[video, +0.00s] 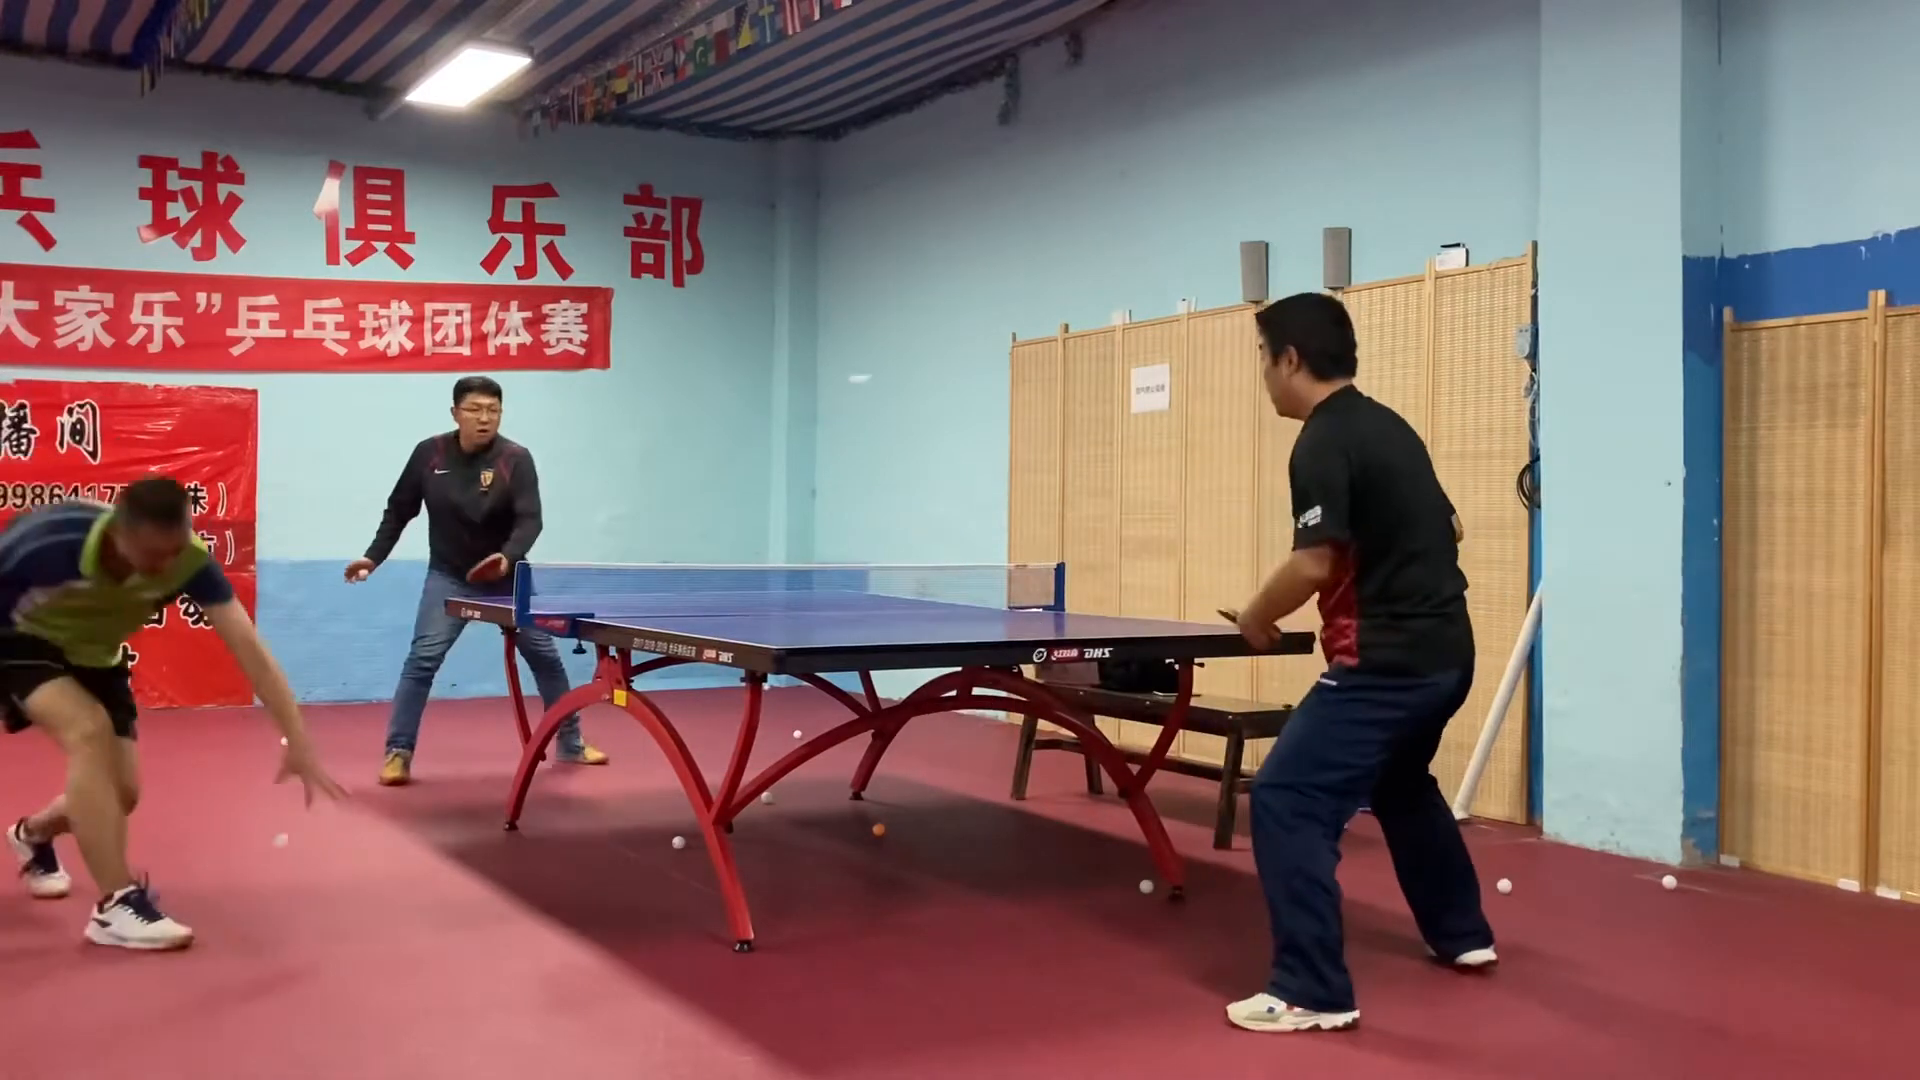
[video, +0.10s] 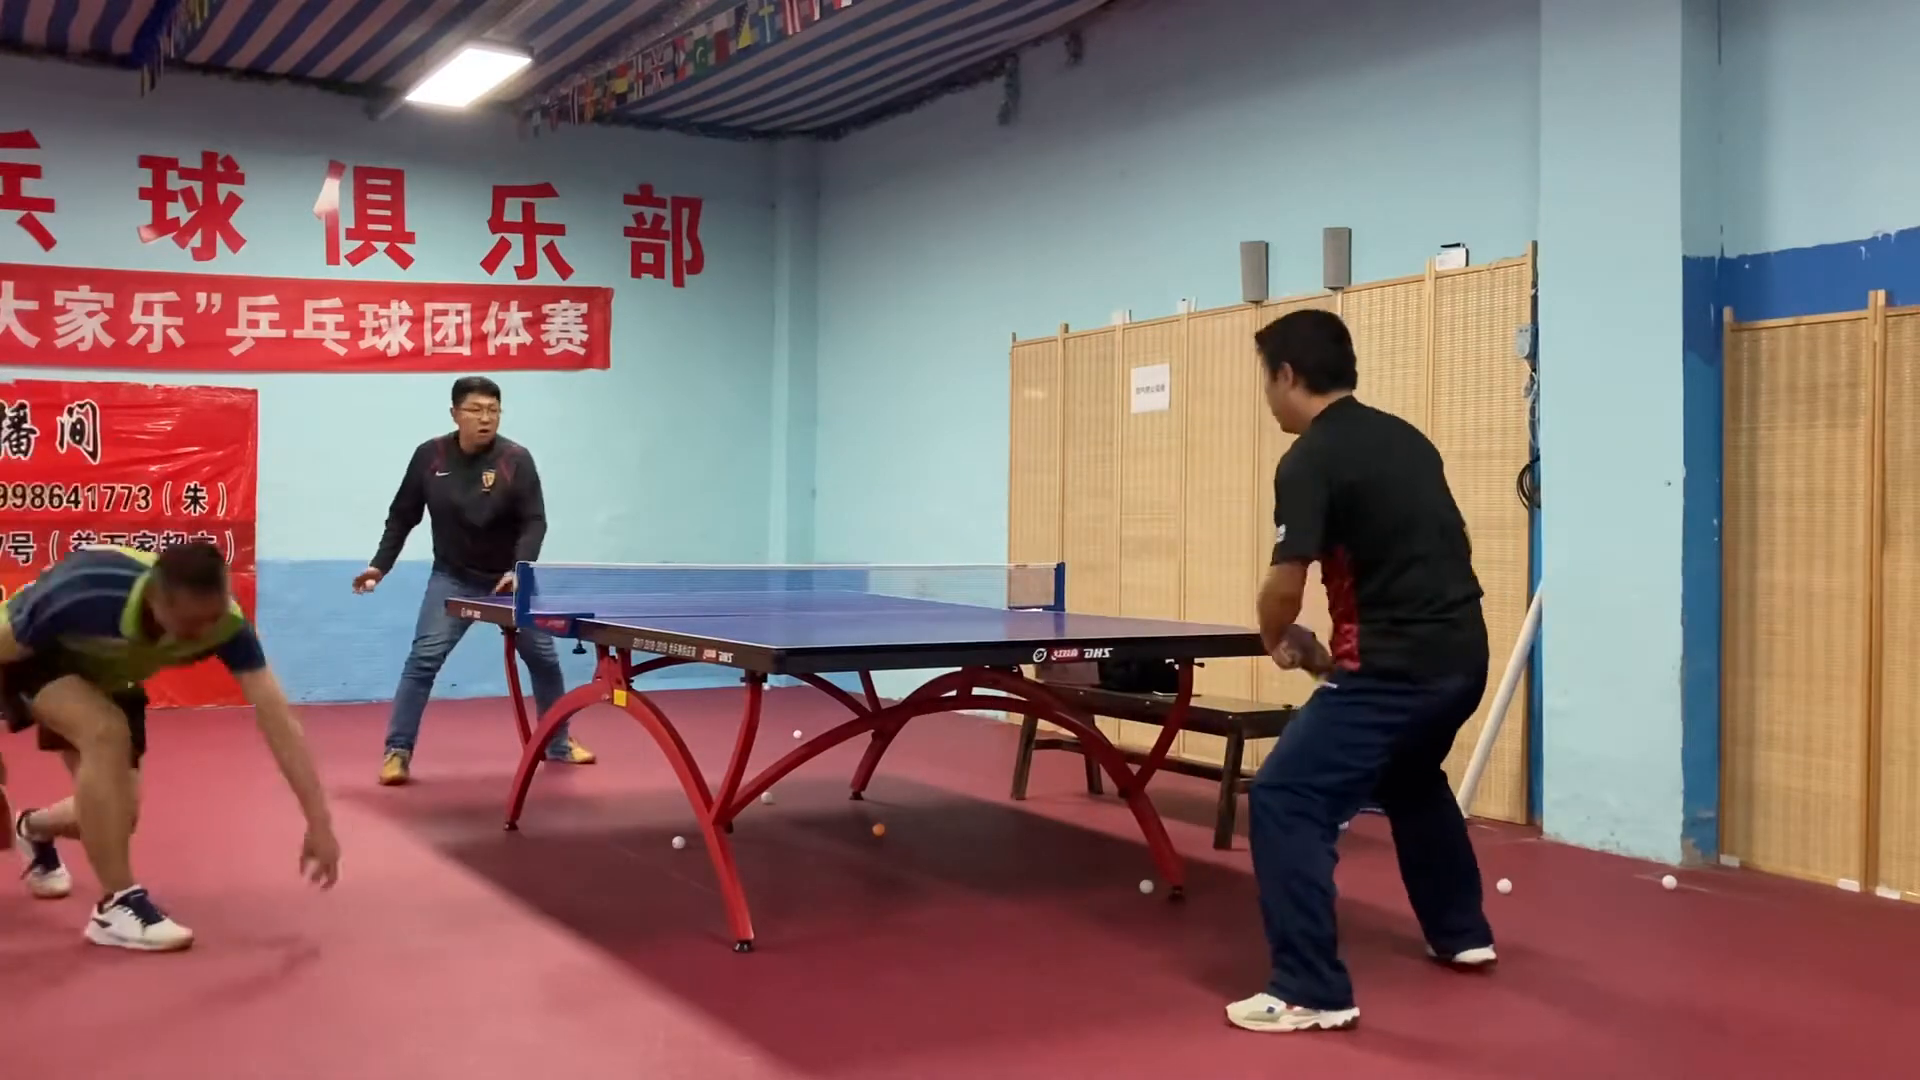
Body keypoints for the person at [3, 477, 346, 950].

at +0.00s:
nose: (162, 565)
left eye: (173, 553)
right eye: (151, 554)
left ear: (185, 533)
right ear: (119, 535)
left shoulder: (191, 560)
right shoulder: (49, 545)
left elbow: (246, 644)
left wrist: (298, 739)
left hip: (98, 656)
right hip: (23, 643)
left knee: (120, 794)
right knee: (89, 732)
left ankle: (33, 833)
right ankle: (117, 902)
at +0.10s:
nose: (202, 631)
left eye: (211, 619)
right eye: (190, 621)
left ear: (223, 600)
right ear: (157, 600)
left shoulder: (228, 625)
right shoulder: (83, 595)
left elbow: (277, 719)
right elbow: (2, 646)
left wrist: (319, 822)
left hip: (118, 679)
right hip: (39, 655)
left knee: (115, 820)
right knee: (106, 730)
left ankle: (33, 827)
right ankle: (118, 901)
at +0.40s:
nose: (213, 677)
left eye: (223, 666)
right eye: (201, 667)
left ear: (239, 644)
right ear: (176, 641)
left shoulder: (257, 642)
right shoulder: (104, 609)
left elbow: (252, 749)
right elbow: (13, 650)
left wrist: (243, 848)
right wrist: (11, 752)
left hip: (149, 654)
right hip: (68, 623)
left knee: (104, 790)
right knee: (126, 733)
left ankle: (33, 822)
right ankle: (122, 899)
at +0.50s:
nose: (208, 626)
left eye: (217, 613)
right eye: (196, 615)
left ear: (231, 591)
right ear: (167, 589)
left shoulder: (254, 603)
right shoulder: (103, 570)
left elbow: (244, 698)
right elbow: (13, 625)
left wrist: (226, 796)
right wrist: (9, 727)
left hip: (158, 650)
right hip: (77, 620)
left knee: (119, 773)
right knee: (127, 727)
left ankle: (47, 820)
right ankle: (122, 899)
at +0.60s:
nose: (189, 561)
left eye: (200, 547)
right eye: (174, 551)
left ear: (216, 522)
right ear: (146, 529)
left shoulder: (242, 551)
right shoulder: (88, 534)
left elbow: (238, 647)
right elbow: (13, 600)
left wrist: (223, 743)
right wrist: (4, 697)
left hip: (156, 640)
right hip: (77, 616)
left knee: (129, 766)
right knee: (122, 724)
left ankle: (70, 822)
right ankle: (120, 900)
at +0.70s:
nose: (152, 492)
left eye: (165, 477)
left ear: (188, 461)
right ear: (116, 465)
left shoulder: (221, 505)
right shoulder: (72, 498)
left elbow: (235, 603)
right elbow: (10, 572)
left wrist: (231, 704)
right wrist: (6, 658)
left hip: (156, 632)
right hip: (74, 616)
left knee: (137, 764)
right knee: (118, 724)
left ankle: (95, 835)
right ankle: (119, 900)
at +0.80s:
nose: (105, 437)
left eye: (121, 421)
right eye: (92, 421)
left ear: (151, 412)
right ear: (77, 413)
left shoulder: (195, 473)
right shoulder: (48, 470)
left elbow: (228, 570)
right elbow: (5, 552)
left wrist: (245, 670)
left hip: (154, 628)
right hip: (68, 619)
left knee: (135, 785)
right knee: (108, 728)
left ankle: (103, 868)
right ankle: (122, 898)